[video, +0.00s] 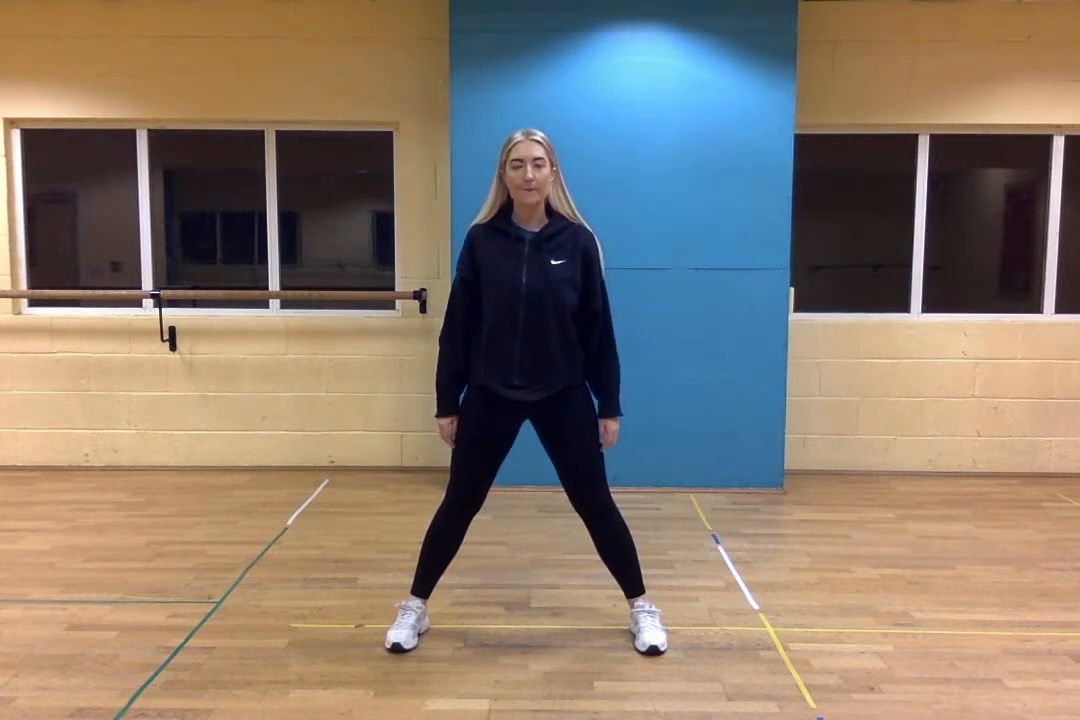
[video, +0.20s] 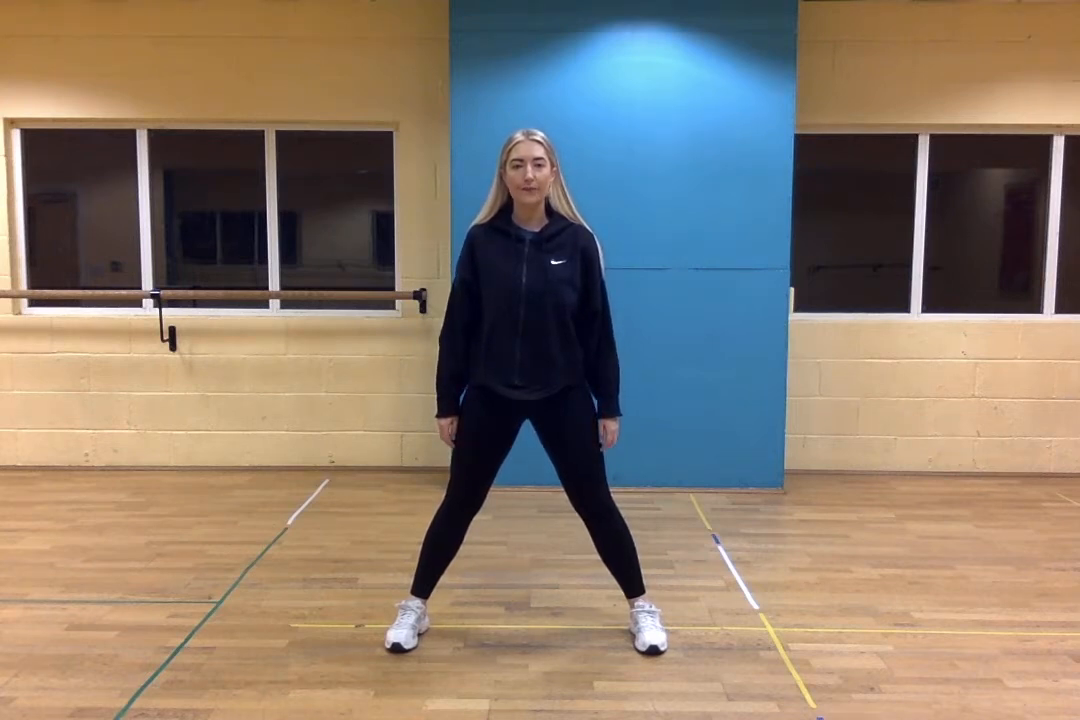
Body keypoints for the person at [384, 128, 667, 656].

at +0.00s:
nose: (529, 173)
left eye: (538, 163)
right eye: (518, 165)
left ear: (553, 172)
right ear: (504, 175)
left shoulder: (579, 239)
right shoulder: (482, 238)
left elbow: (597, 324)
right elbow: (458, 321)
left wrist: (609, 404)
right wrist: (448, 401)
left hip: (562, 394)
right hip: (491, 394)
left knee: (594, 502)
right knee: (460, 501)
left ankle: (641, 607)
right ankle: (414, 606)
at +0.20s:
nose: (528, 173)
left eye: (538, 163)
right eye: (518, 164)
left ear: (553, 172)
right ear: (504, 175)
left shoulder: (578, 239)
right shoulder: (482, 238)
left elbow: (597, 325)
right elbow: (458, 321)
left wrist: (608, 404)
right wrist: (448, 401)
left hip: (563, 394)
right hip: (491, 393)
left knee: (595, 503)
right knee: (460, 501)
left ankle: (641, 607)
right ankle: (414, 606)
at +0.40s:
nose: (529, 173)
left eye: (538, 164)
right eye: (518, 165)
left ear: (553, 172)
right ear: (504, 175)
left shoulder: (578, 239)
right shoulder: (482, 238)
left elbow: (597, 325)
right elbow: (458, 321)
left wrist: (608, 404)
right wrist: (448, 401)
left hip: (563, 394)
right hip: (491, 393)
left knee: (594, 502)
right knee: (460, 501)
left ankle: (641, 607)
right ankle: (414, 606)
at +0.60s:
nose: (528, 173)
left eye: (538, 164)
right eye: (518, 165)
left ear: (553, 172)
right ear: (504, 175)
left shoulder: (578, 239)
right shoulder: (482, 238)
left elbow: (597, 325)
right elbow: (458, 321)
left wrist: (608, 404)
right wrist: (448, 401)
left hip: (563, 394)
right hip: (491, 393)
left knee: (594, 502)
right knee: (460, 501)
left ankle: (641, 607)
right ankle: (414, 606)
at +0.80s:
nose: (528, 173)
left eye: (537, 164)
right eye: (517, 165)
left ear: (553, 172)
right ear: (504, 175)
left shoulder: (578, 239)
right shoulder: (482, 238)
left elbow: (597, 325)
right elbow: (458, 321)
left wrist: (608, 405)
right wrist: (448, 401)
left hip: (563, 394)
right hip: (491, 393)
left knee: (595, 503)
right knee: (460, 501)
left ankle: (641, 607)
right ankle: (414, 606)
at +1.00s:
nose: (528, 173)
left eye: (537, 164)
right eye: (517, 165)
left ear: (553, 172)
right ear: (504, 175)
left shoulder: (578, 240)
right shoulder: (482, 238)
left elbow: (597, 325)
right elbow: (458, 321)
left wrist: (608, 405)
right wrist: (448, 402)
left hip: (563, 394)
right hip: (491, 393)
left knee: (595, 503)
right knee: (460, 501)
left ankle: (641, 607)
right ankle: (414, 606)